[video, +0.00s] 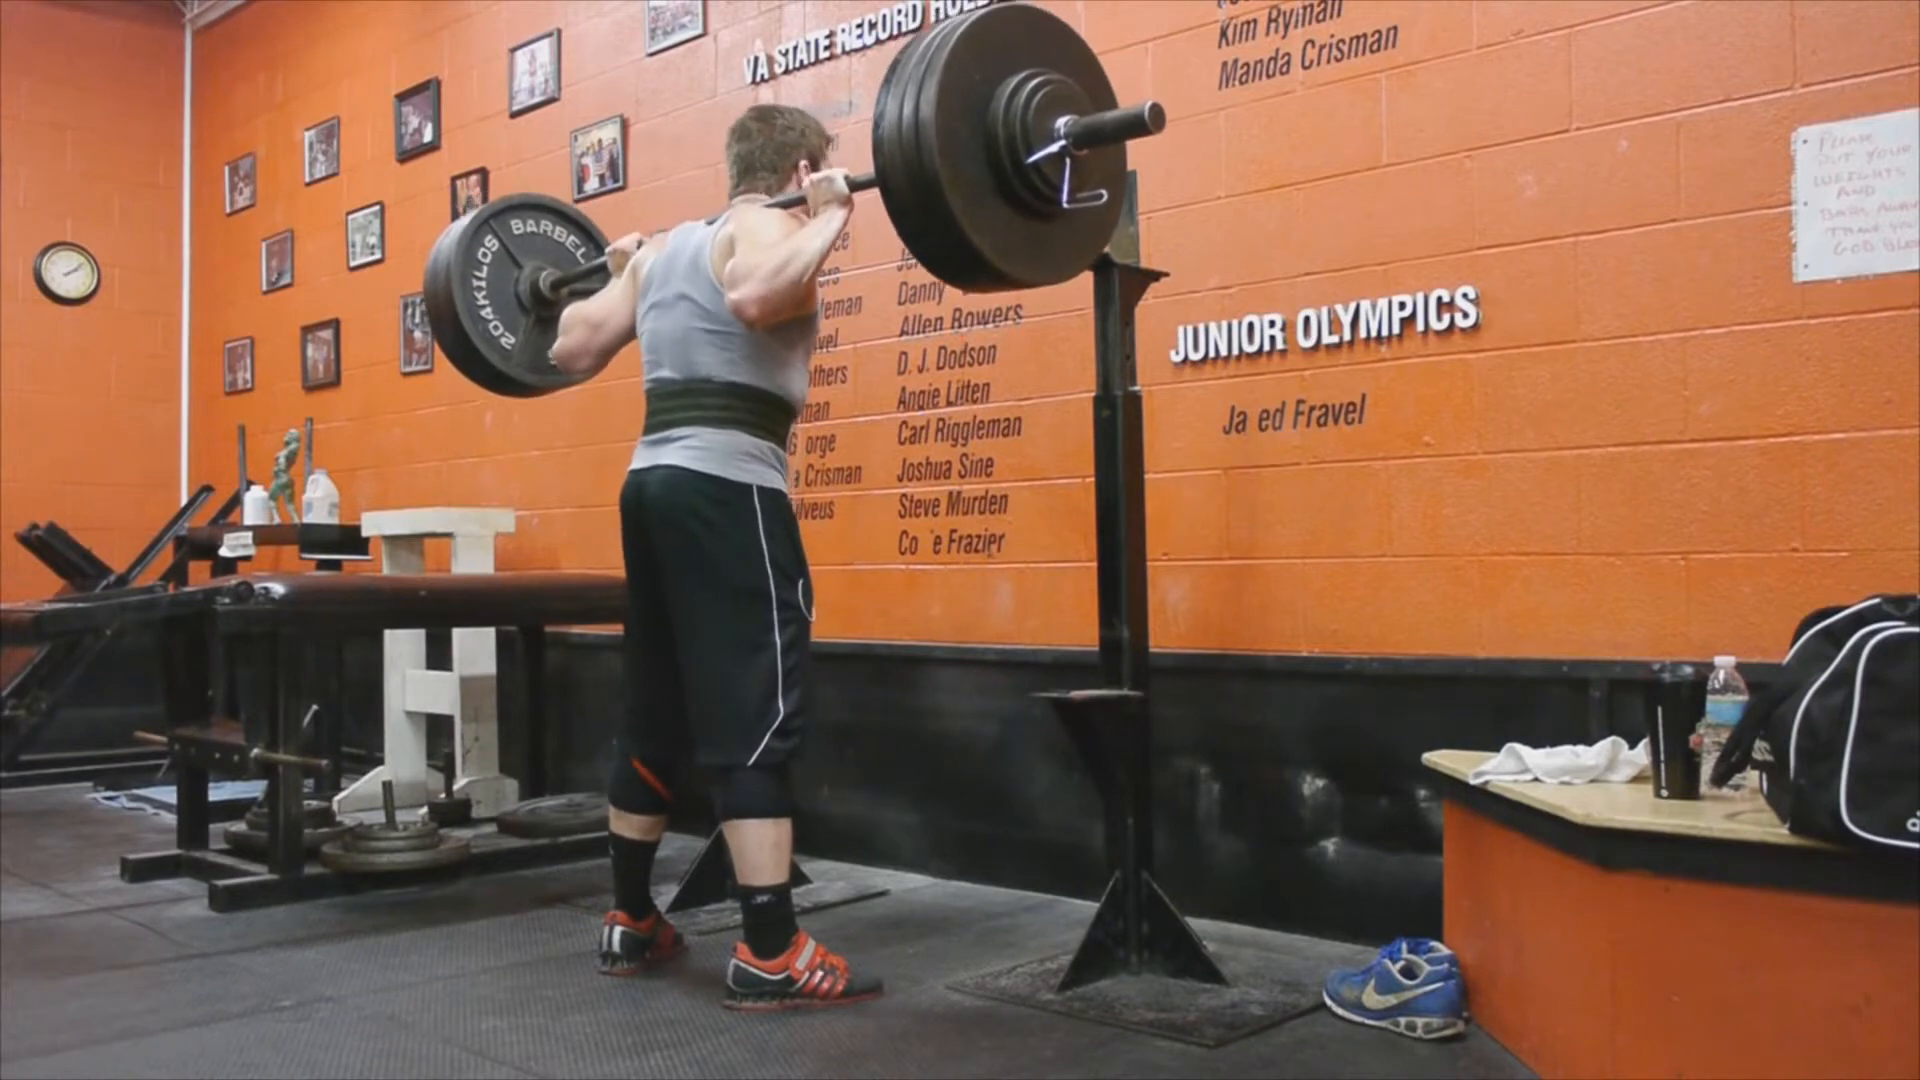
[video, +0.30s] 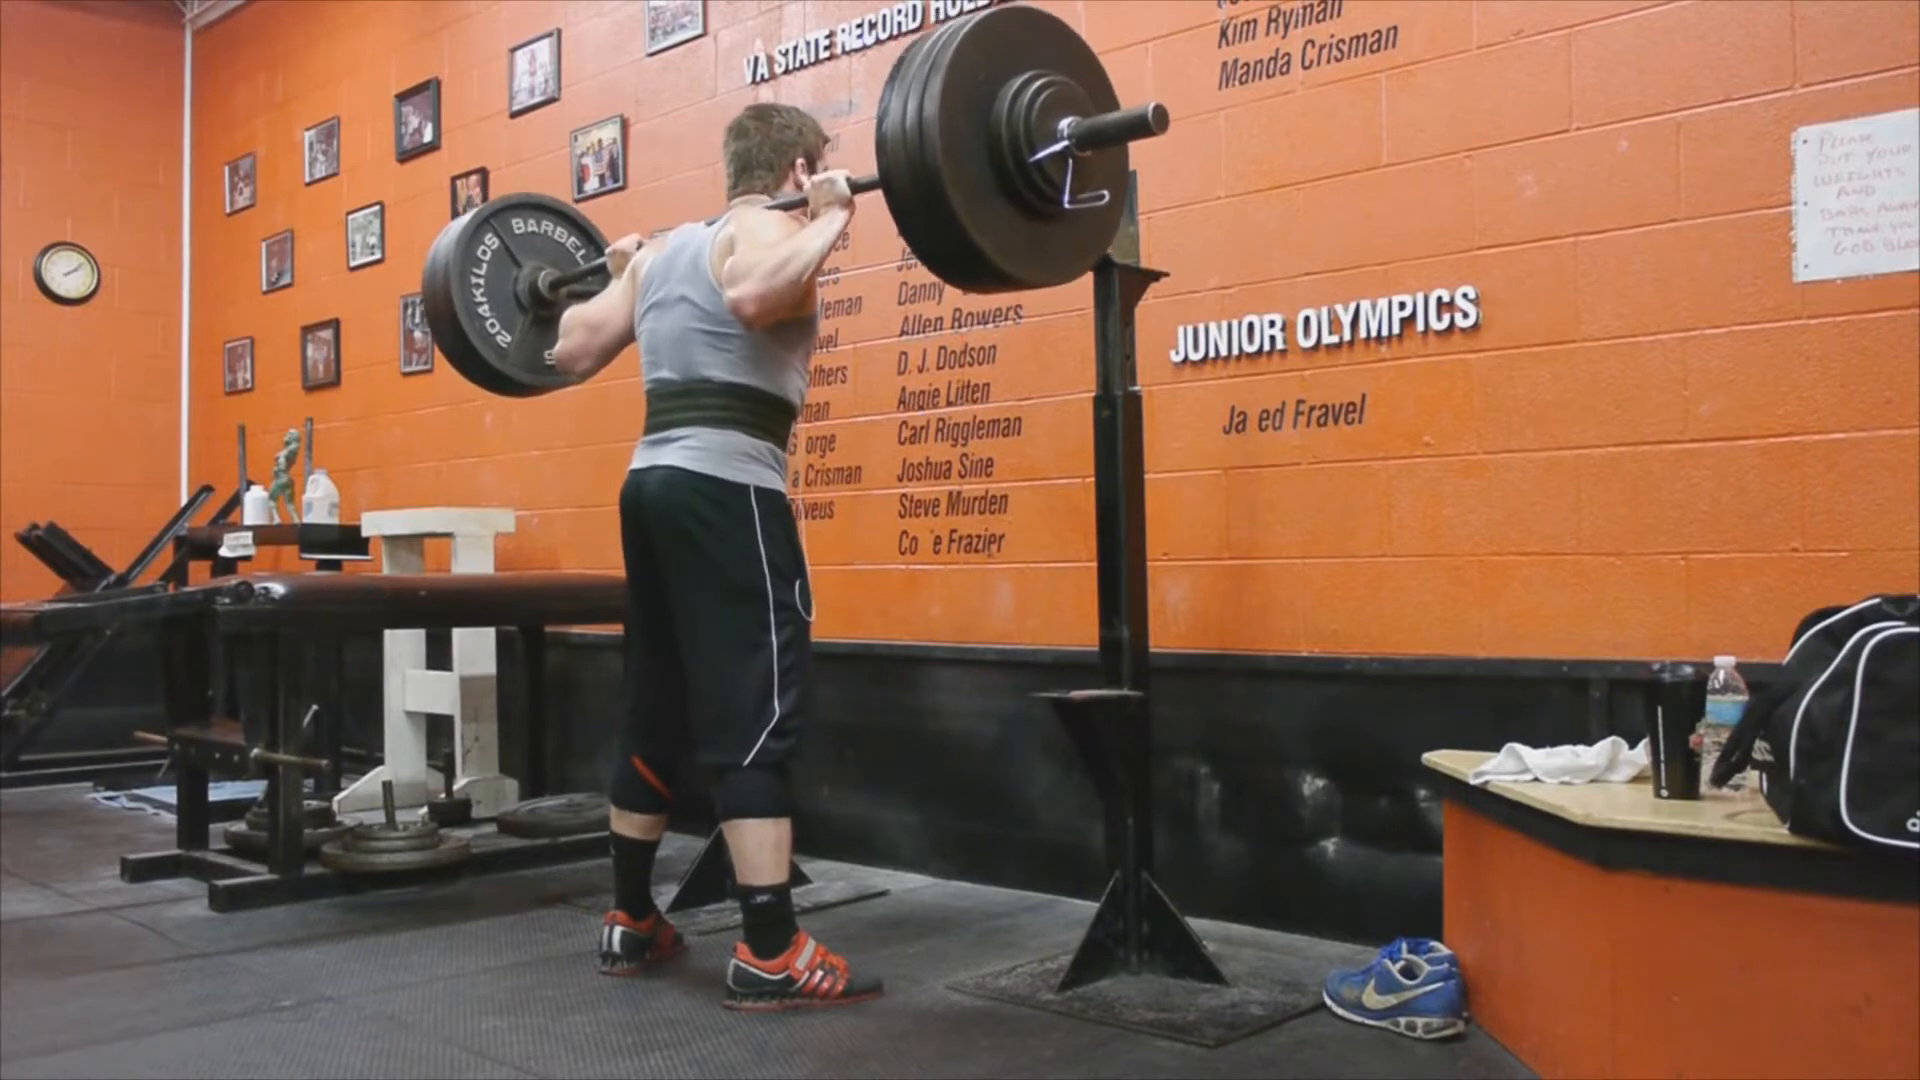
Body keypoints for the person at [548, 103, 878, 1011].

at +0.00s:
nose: (829, 196)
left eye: (830, 180)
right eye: (828, 179)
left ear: (736, 176)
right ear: (801, 173)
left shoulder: (664, 251)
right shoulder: (771, 223)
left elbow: (568, 350)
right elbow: (754, 298)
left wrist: (612, 272)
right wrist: (831, 221)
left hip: (652, 486)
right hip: (728, 487)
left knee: (657, 708)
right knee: (755, 715)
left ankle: (631, 920)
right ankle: (770, 946)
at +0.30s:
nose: (827, 193)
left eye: (827, 177)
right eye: (825, 177)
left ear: (733, 176)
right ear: (797, 172)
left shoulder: (664, 251)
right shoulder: (770, 225)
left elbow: (568, 351)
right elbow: (751, 298)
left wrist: (613, 273)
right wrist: (830, 223)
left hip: (653, 485)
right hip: (726, 487)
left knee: (659, 707)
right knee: (756, 713)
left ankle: (631, 920)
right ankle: (770, 946)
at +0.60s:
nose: (825, 192)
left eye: (825, 175)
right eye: (823, 176)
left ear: (736, 175)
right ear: (799, 171)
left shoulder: (665, 252)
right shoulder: (774, 227)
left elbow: (566, 349)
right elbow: (752, 301)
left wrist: (610, 273)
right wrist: (834, 227)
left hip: (653, 485)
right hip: (729, 487)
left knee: (658, 709)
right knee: (756, 714)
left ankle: (631, 920)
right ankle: (770, 946)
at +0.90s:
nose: (824, 189)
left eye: (823, 174)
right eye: (822, 174)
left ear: (735, 172)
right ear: (799, 169)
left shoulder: (663, 252)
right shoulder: (772, 226)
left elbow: (565, 349)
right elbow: (754, 304)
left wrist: (608, 273)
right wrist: (833, 228)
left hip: (652, 485)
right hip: (729, 487)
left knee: (659, 709)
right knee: (757, 713)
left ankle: (631, 920)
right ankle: (770, 947)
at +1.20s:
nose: (826, 196)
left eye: (824, 181)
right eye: (824, 182)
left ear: (737, 179)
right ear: (803, 177)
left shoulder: (666, 257)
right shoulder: (775, 235)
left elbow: (566, 357)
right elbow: (755, 311)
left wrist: (609, 279)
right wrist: (837, 237)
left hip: (633, 492)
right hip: (713, 495)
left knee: (653, 708)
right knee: (772, 710)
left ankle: (631, 920)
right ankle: (771, 947)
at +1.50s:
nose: (830, 255)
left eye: (831, 242)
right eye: (828, 242)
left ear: (741, 241)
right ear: (806, 240)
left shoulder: (671, 314)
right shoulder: (777, 301)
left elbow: (572, 412)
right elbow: (762, 373)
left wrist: (618, 336)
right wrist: (845, 300)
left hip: (607, 538)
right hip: (691, 543)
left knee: (659, 716)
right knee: (815, 725)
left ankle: (632, 921)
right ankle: (775, 948)